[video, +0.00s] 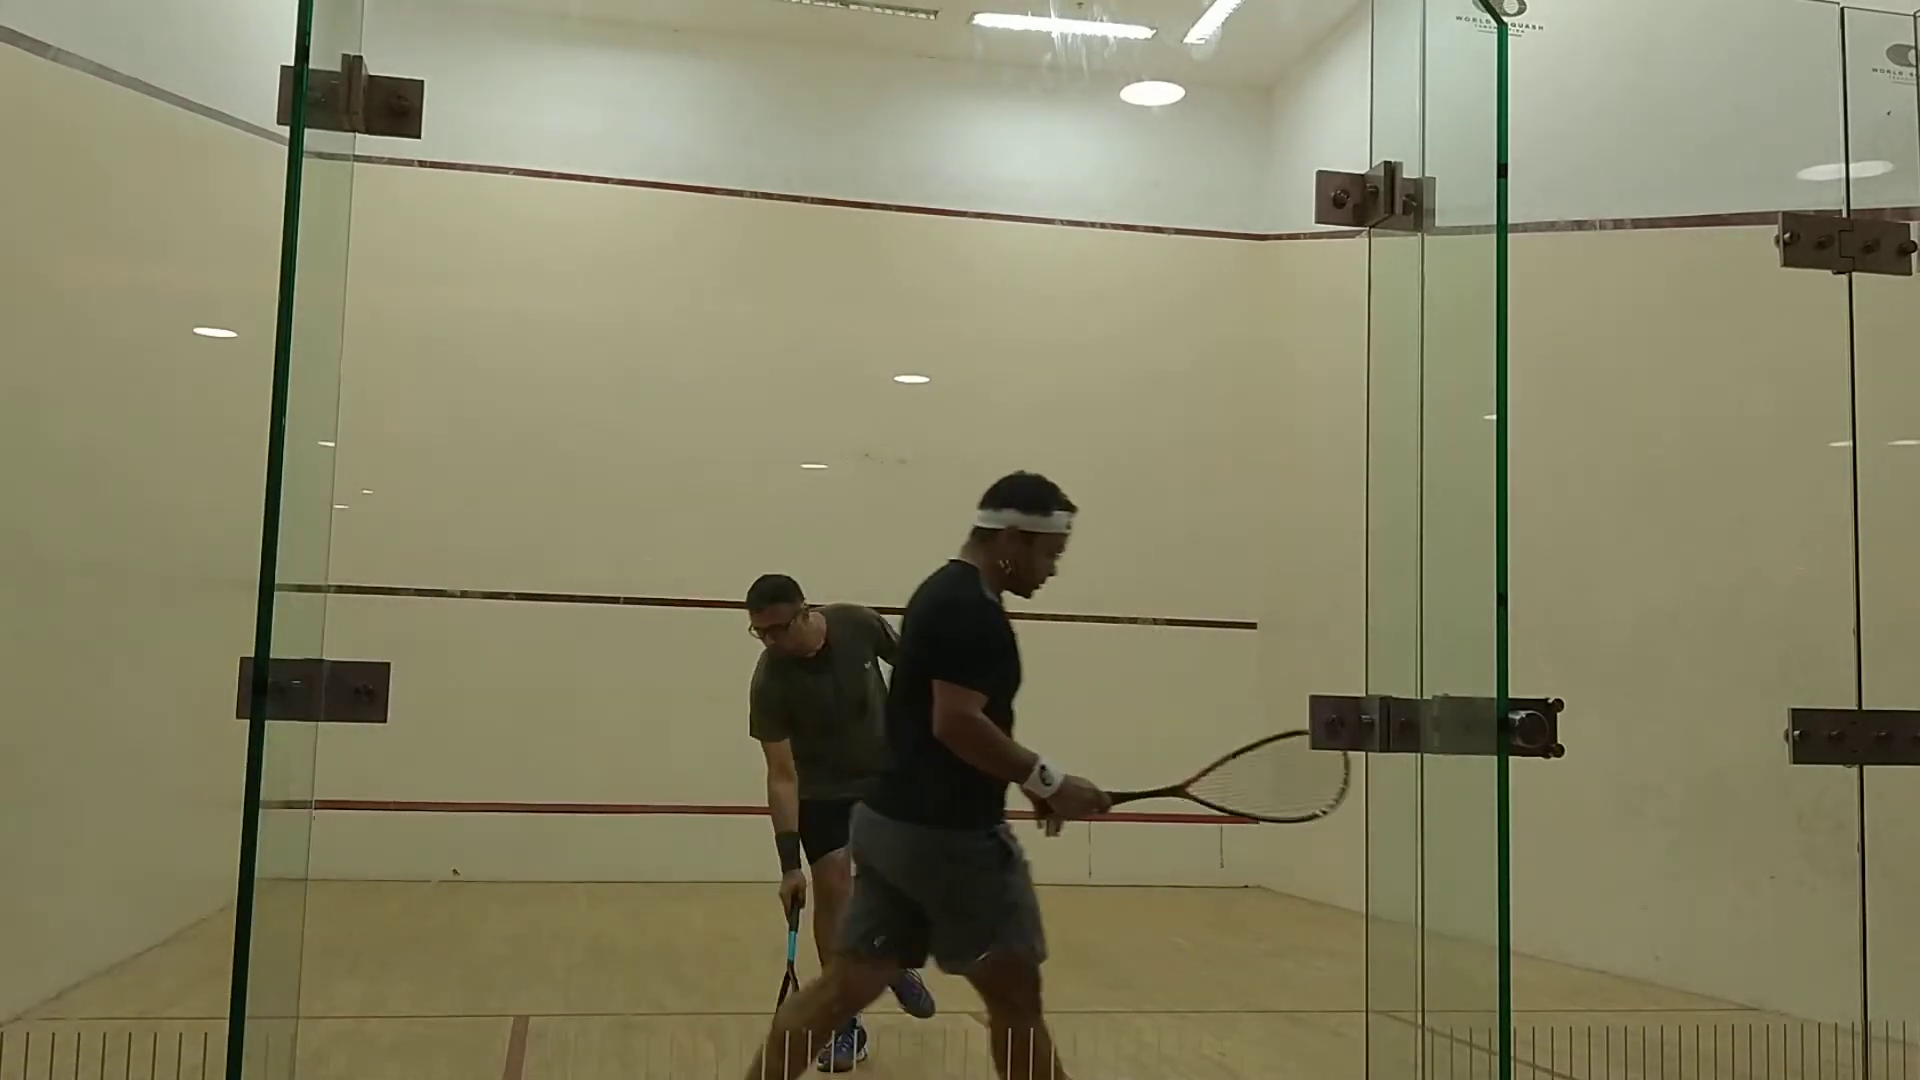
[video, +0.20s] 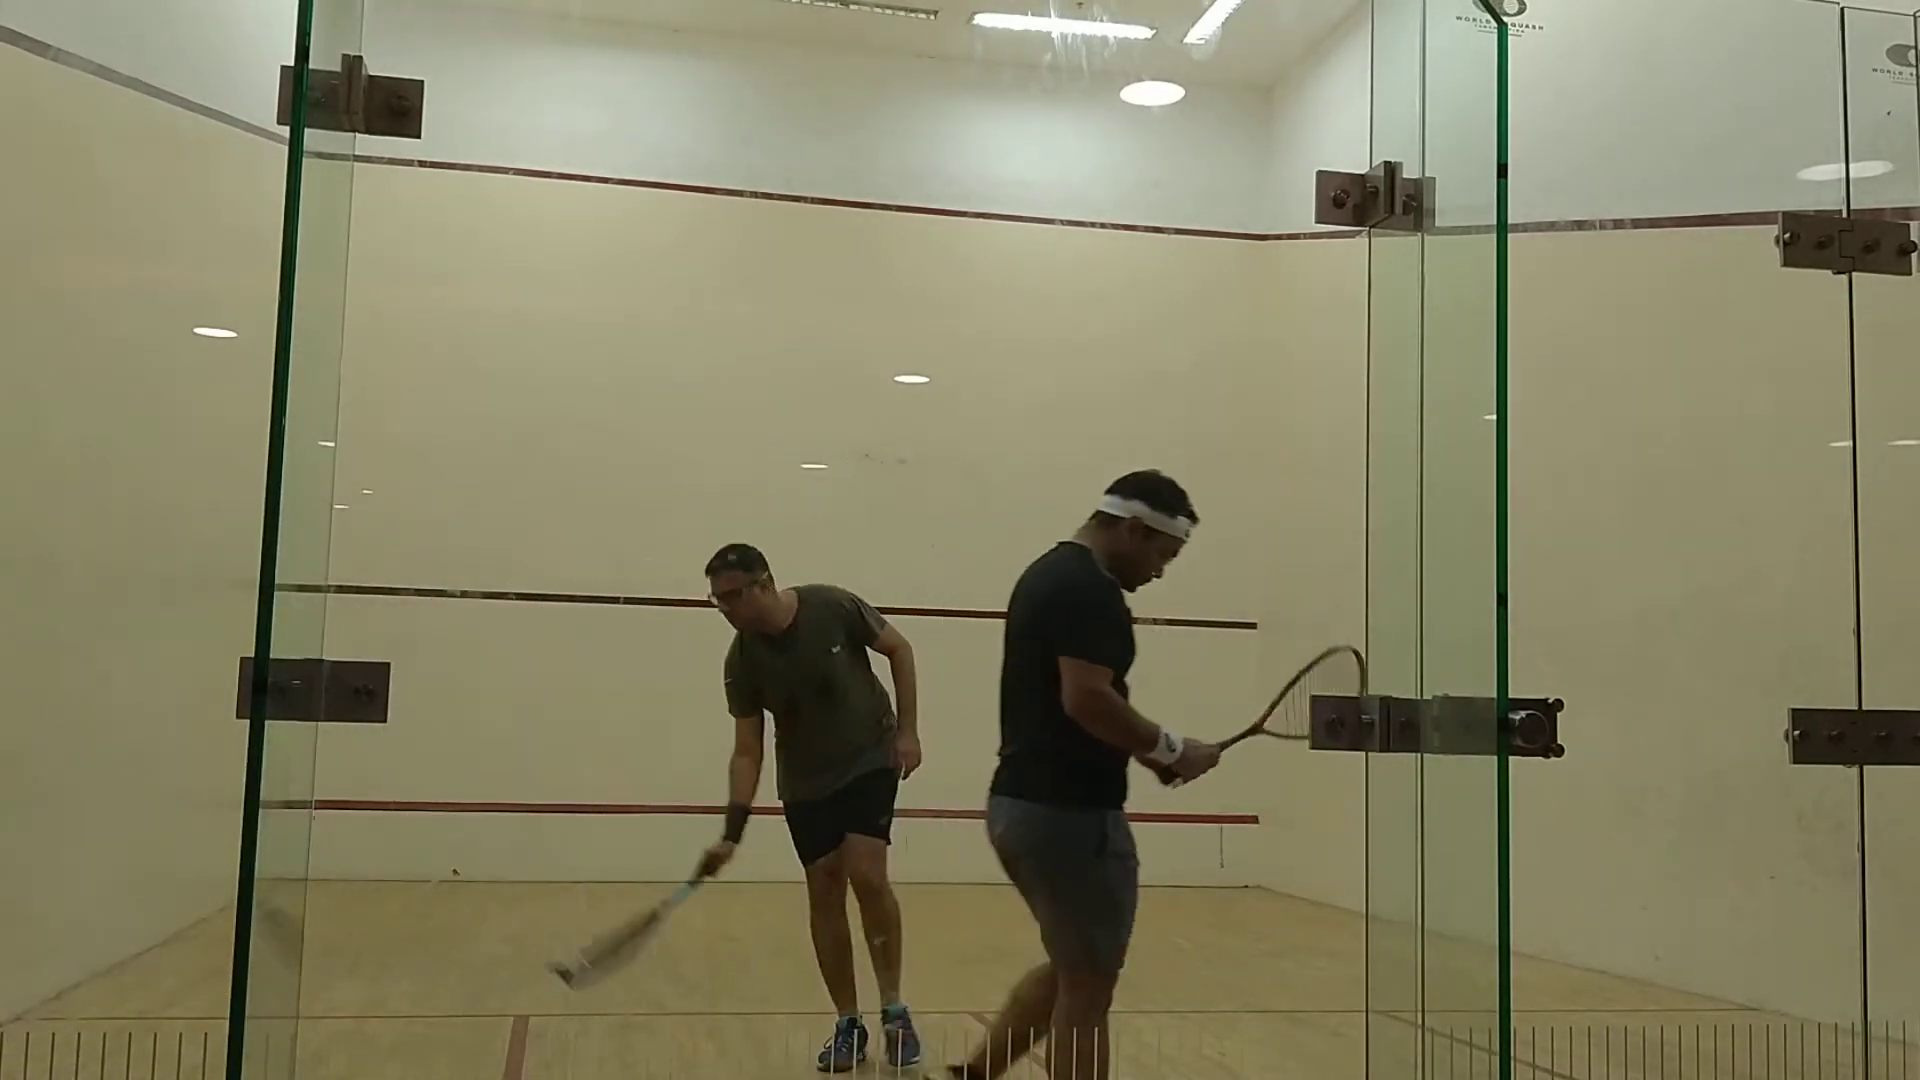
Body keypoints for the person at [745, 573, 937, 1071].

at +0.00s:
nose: (768, 641)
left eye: (776, 630)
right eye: (760, 633)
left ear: (803, 612)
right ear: (756, 627)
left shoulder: (857, 623)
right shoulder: (770, 685)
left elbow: (913, 668)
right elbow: (781, 776)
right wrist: (790, 866)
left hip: (883, 778)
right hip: (820, 793)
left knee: (898, 872)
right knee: (832, 889)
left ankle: (896, 961)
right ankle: (843, 1018)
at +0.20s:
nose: (726, 611)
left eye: (732, 598)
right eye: (720, 602)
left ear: (763, 584)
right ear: (723, 600)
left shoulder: (832, 607)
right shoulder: (742, 663)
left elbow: (898, 648)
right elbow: (746, 751)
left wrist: (907, 730)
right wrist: (730, 835)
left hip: (867, 757)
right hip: (804, 776)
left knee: (867, 875)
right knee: (825, 886)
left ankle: (893, 1011)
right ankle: (848, 1022)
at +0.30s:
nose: (709, 569)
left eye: (718, 559)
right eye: (707, 560)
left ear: (754, 555)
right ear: (719, 563)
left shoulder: (823, 597)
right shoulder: (727, 634)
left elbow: (891, 647)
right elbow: (714, 720)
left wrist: (882, 727)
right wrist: (671, 794)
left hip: (849, 753)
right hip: (791, 771)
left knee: (828, 874)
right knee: (818, 888)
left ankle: (836, 1018)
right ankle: (848, 1019)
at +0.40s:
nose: (705, 547)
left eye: (716, 538)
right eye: (704, 538)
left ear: (752, 540)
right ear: (724, 544)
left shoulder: (807, 595)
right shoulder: (718, 617)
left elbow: (872, 658)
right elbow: (691, 701)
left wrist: (846, 731)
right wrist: (632, 764)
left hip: (825, 758)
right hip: (772, 770)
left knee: (789, 879)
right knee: (821, 889)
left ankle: (754, 1030)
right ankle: (858, 1019)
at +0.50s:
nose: (696, 538)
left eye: (707, 530)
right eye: (697, 529)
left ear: (743, 537)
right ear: (724, 539)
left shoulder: (791, 599)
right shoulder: (708, 611)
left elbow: (838, 677)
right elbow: (674, 694)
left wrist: (782, 742)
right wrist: (606, 756)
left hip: (793, 774)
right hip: (750, 776)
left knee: (750, 896)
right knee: (804, 892)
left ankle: (696, 1042)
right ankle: (860, 1016)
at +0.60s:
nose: (678, 531)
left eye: (690, 523)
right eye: (681, 522)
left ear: (726, 532)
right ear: (713, 532)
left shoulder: (767, 599)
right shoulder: (689, 605)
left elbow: (791, 688)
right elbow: (658, 688)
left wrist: (709, 730)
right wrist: (599, 756)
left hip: (755, 775)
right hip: (713, 777)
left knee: (722, 906)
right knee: (768, 904)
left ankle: (677, 1053)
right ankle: (843, 1007)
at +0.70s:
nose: (657, 520)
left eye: (669, 512)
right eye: (660, 510)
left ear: (706, 521)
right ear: (691, 521)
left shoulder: (739, 591)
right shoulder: (665, 591)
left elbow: (736, 682)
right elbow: (644, 683)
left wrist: (642, 700)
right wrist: (599, 755)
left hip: (724, 778)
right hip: (675, 777)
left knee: (707, 905)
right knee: (679, 904)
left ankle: (675, 1053)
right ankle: (789, 980)